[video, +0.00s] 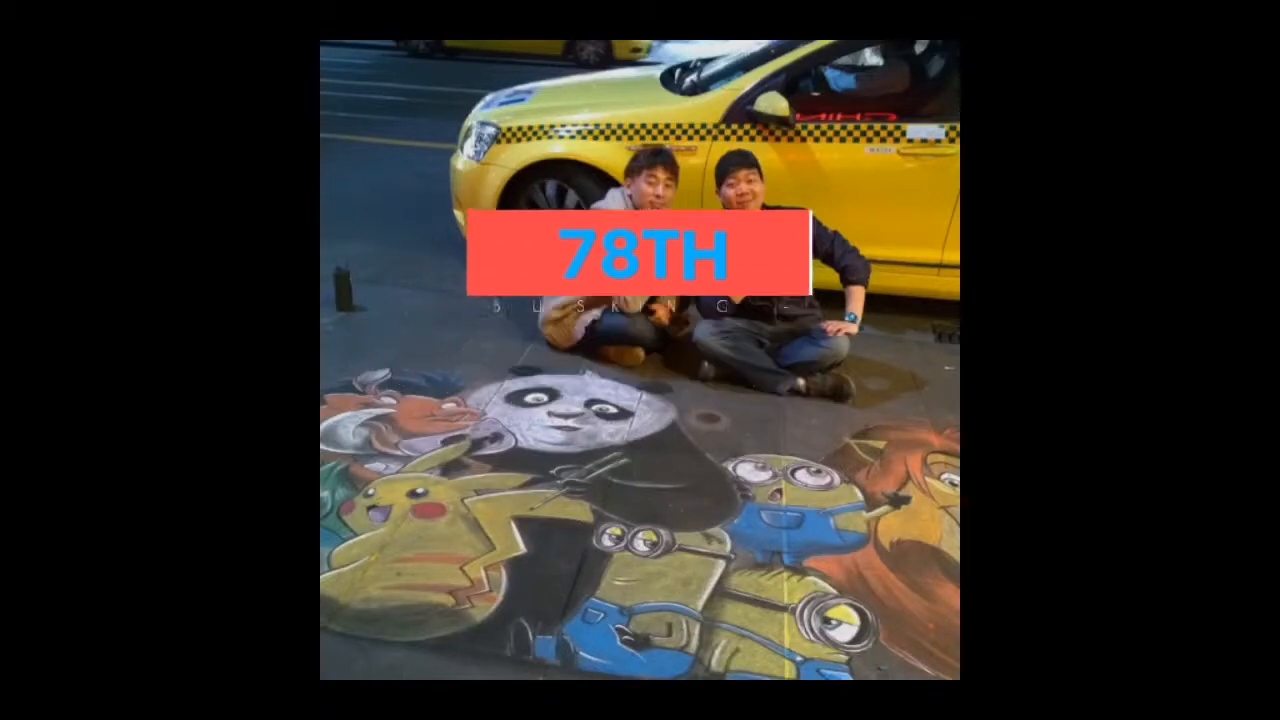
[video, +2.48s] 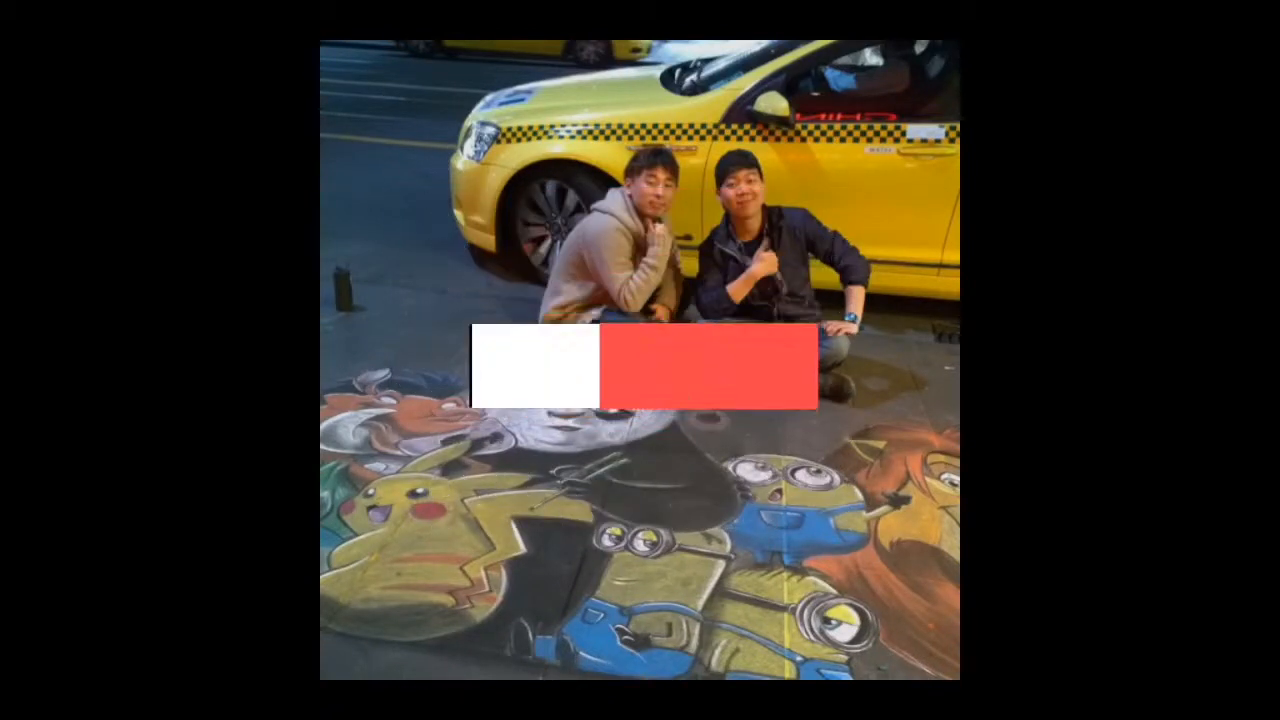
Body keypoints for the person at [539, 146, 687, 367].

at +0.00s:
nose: (659, 193)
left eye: (668, 185)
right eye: (651, 182)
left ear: (675, 192)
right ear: (629, 184)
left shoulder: (661, 220)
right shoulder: (609, 214)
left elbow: (675, 272)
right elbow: (630, 304)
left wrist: (665, 303)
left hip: (614, 307)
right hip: (569, 317)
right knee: (638, 327)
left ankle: (628, 346)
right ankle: (674, 335)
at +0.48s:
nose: (659, 191)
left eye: (668, 184)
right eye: (651, 181)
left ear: (674, 190)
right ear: (629, 182)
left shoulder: (654, 224)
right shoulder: (605, 221)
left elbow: (668, 279)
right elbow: (629, 300)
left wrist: (665, 305)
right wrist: (664, 247)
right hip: (565, 320)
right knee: (638, 327)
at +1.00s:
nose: (659, 191)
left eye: (668, 184)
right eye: (651, 181)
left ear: (675, 190)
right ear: (629, 182)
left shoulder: (656, 224)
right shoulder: (604, 222)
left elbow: (669, 278)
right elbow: (629, 300)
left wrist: (665, 305)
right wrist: (664, 249)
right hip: (566, 319)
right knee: (639, 327)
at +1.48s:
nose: (659, 191)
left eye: (668, 184)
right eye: (651, 181)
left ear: (675, 190)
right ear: (629, 182)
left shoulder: (656, 224)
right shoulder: (604, 222)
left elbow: (669, 278)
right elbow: (629, 300)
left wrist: (665, 305)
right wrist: (664, 249)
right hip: (566, 319)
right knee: (639, 327)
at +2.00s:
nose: (659, 191)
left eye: (668, 184)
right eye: (651, 181)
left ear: (675, 189)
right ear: (629, 182)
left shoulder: (657, 223)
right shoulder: (604, 222)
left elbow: (669, 278)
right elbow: (629, 300)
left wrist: (665, 304)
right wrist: (664, 248)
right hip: (565, 318)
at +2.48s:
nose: (660, 193)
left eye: (668, 186)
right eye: (650, 183)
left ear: (675, 192)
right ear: (629, 184)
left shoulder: (656, 221)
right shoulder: (605, 227)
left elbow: (670, 269)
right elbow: (629, 301)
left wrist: (664, 305)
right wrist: (658, 251)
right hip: (569, 318)